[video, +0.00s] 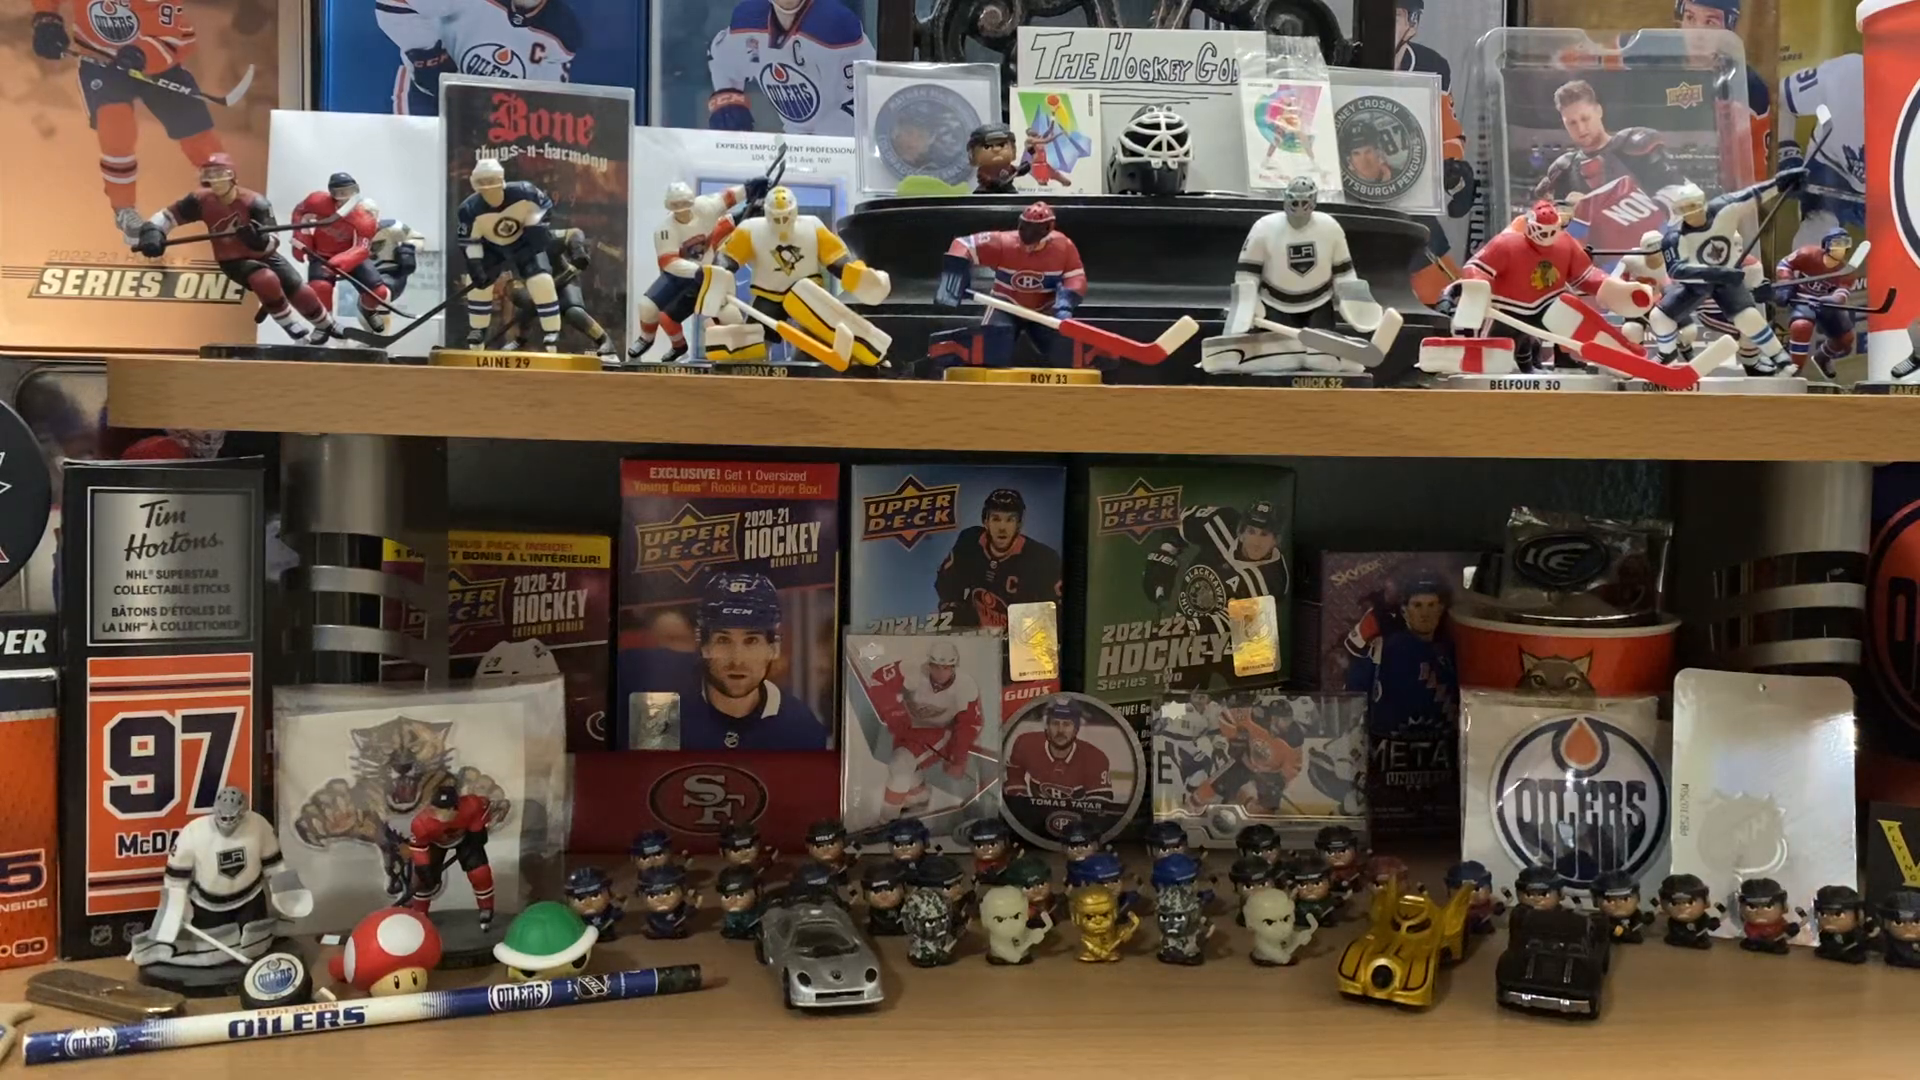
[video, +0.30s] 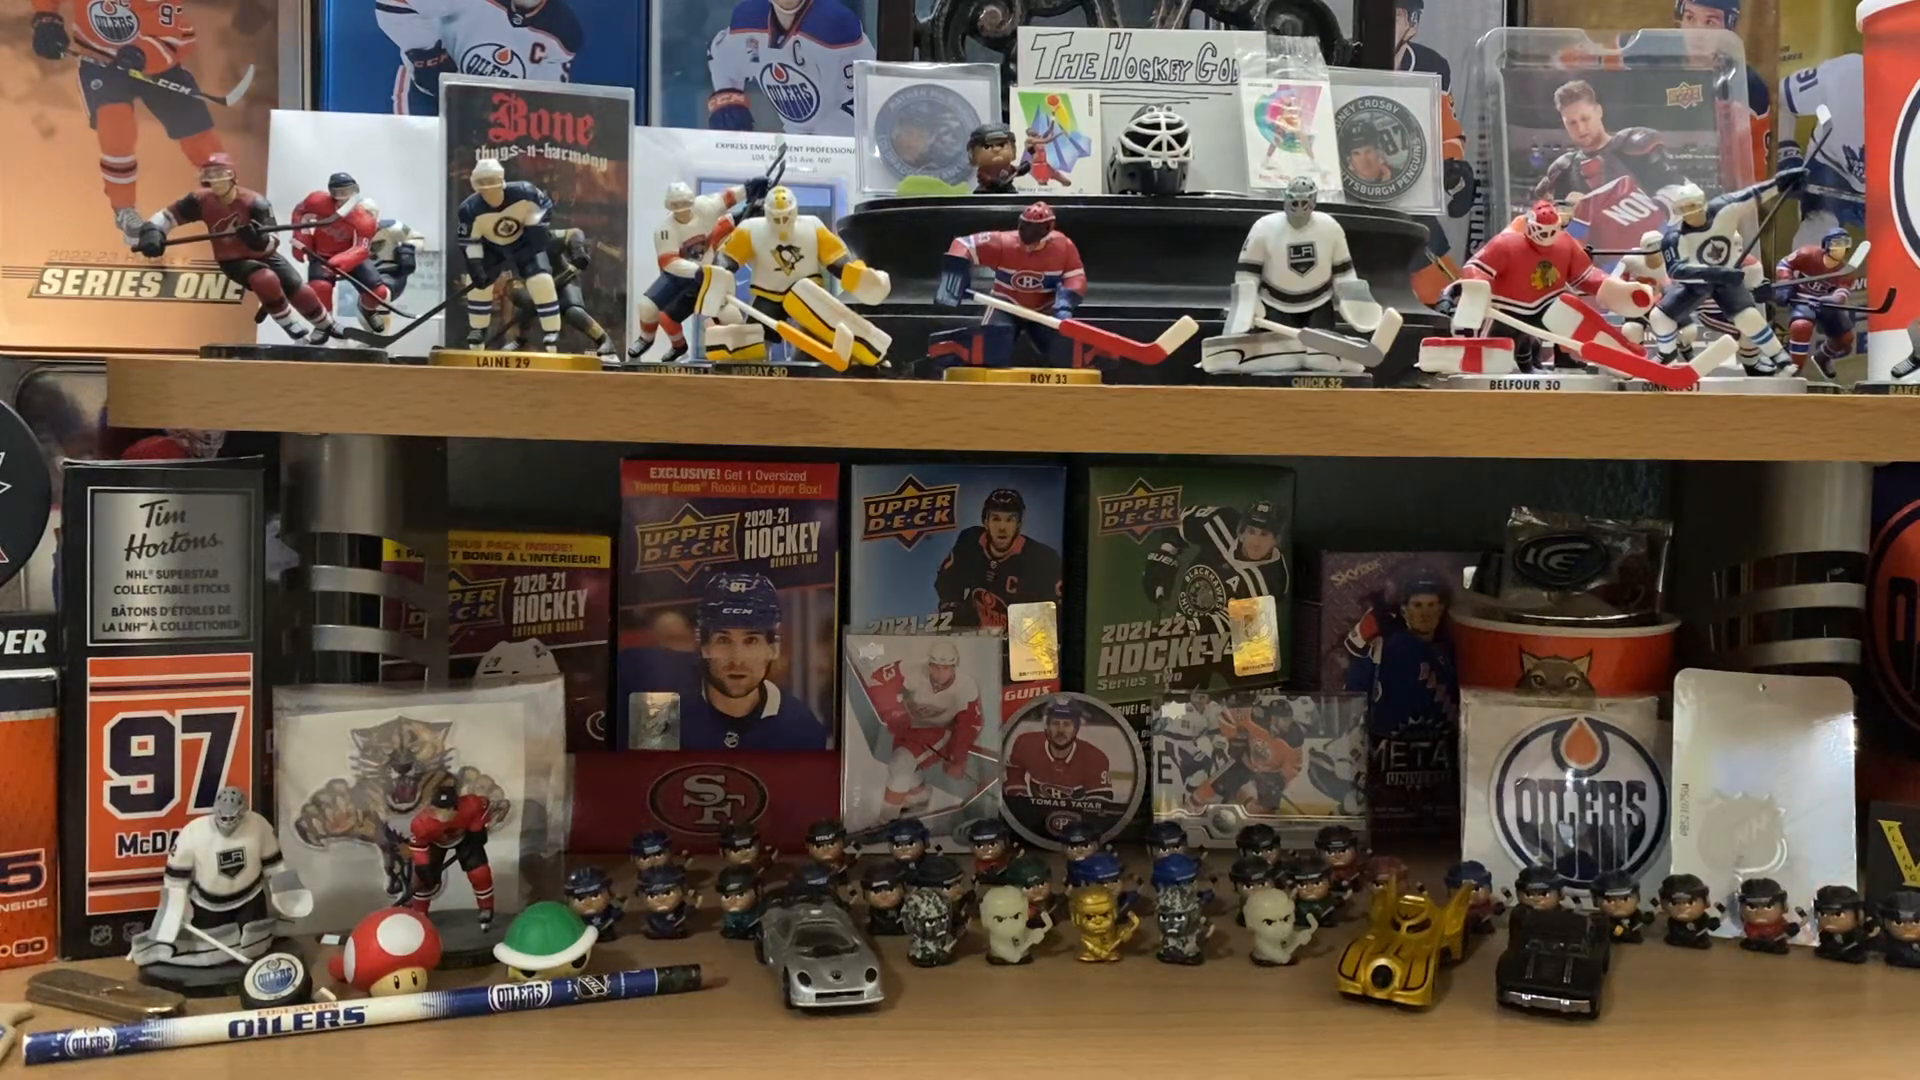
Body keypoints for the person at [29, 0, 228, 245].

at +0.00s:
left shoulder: (161, 7)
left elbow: (180, 39)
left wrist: (142, 54)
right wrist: (46, 18)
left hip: (156, 61)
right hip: (99, 61)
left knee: (203, 144)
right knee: (118, 127)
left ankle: (231, 203)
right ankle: (125, 211)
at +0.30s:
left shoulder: (160, 7)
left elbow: (178, 38)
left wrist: (142, 54)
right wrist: (46, 18)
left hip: (156, 61)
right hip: (100, 61)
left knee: (203, 144)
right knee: (118, 127)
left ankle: (231, 204)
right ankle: (125, 211)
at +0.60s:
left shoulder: (161, 7)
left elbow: (177, 38)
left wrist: (141, 53)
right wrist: (46, 18)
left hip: (157, 61)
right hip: (100, 61)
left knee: (202, 143)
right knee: (118, 127)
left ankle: (231, 204)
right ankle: (125, 211)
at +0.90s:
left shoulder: (162, 7)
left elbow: (175, 39)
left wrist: (141, 54)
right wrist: (46, 18)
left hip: (157, 61)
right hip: (100, 61)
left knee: (203, 143)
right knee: (118, 128)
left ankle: (231, 204)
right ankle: (125, 211)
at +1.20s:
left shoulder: (161, 7)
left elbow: (175, 39)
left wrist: (141, 54)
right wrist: (46, 18)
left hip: (156, 60)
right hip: (99, 60)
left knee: (202, 142)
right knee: (118, 127)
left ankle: (231, 204)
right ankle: (125, 211)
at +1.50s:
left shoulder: (162, 5)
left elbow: (172, 38)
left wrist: (140, 54)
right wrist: (46, 18)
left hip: (158, 61)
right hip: (99, 60)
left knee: (203, 145)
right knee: (118, 129)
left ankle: (231, 205)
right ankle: (125, 211)